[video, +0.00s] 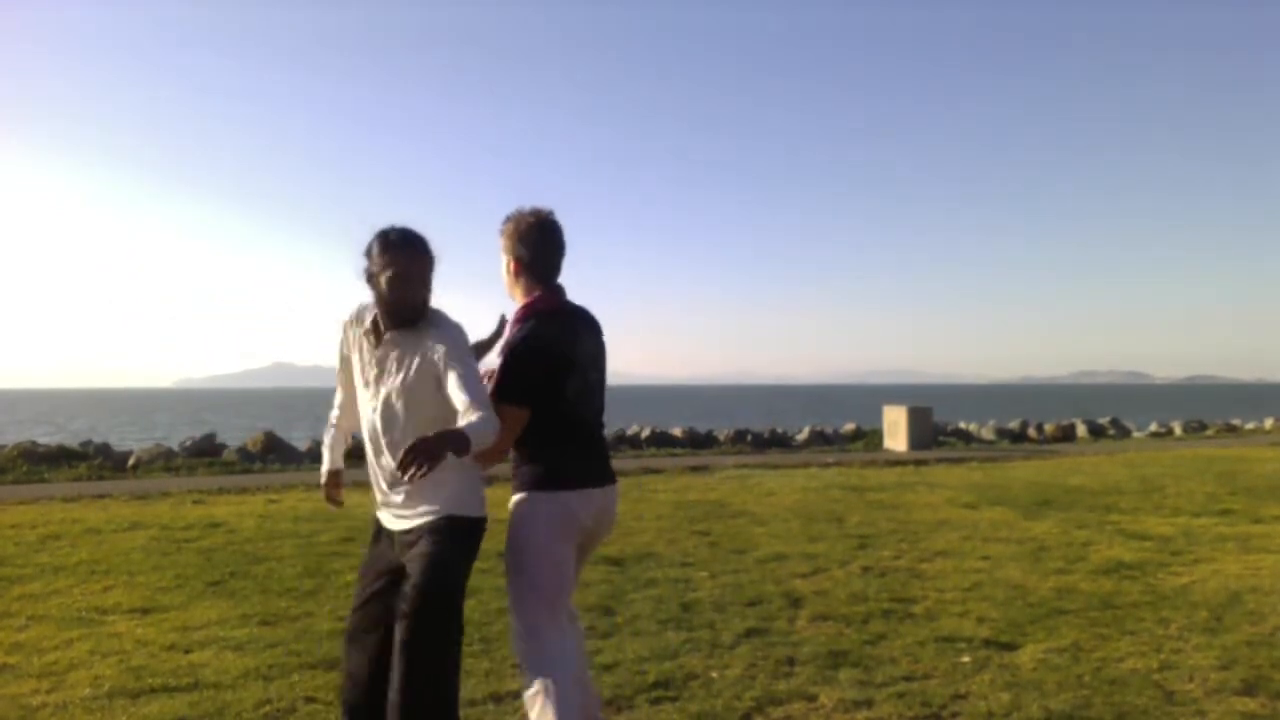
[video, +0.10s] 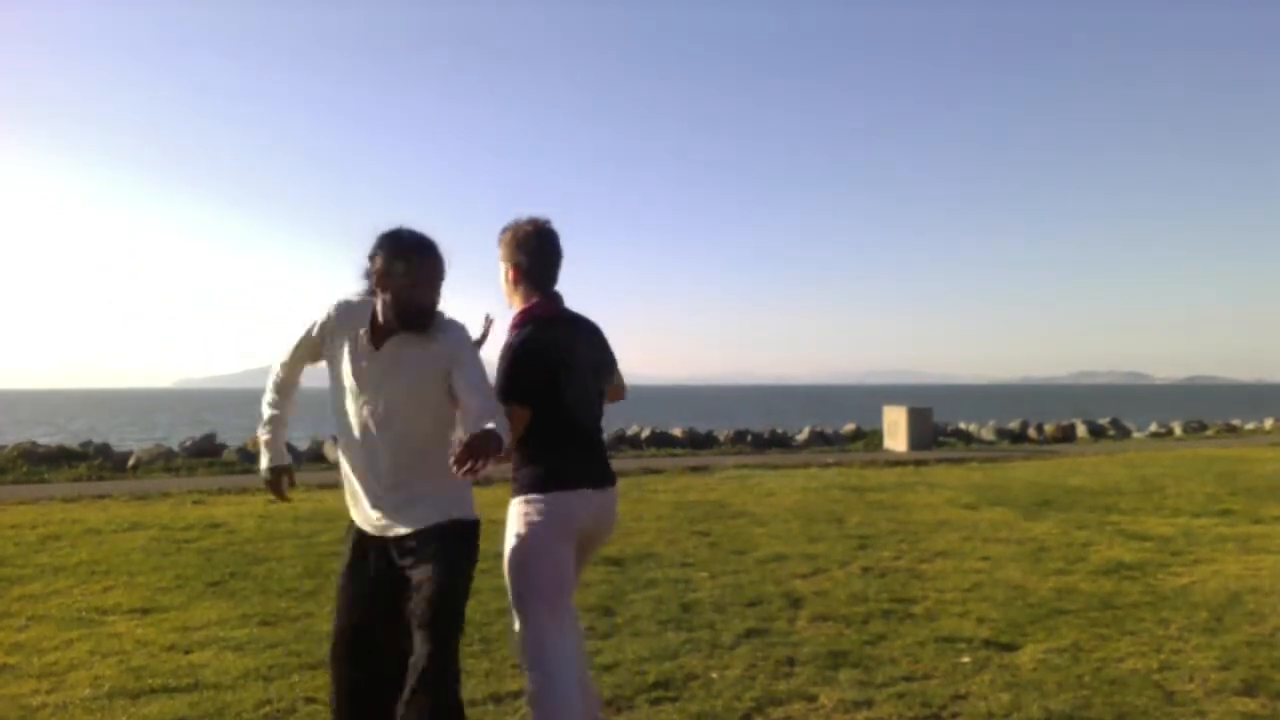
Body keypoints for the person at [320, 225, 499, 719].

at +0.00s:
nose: (407, 285)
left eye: (417, 273)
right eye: (393, 274)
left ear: (431, 276)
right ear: (372, 279)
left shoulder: (443, 335)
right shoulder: (356, 332)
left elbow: (484, 422)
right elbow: (346, 403)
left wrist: (446, 441)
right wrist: (332, 458)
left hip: (446, 518)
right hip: (391, 518)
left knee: (417, 641)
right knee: (364, 639)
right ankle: (362, 714)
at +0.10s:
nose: (433, 296)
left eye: (437, 283)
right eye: (421, 284)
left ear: (441, 281)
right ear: (381, 282)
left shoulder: (450, 340)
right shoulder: (341, 322)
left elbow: (486, 412)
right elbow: (286, 371)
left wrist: (487, 436)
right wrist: (272, 444)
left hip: (439, 524)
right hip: (370, 525)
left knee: (431, 658)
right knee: (356, 662)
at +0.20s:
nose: (449, 296)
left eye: (449, 283)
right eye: (440, 282)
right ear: (395, 280)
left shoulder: (447, 345)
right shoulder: (329, 325)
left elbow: (483, 419)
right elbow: (238, 356)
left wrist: (512, 438)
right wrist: (219, 452)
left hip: (429, 519)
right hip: (353, 528)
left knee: (431, 651)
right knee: (354, 681)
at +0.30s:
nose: (454, 292)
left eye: (453, 279)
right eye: (444, 278)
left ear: (399, 281)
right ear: (397, 278)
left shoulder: (437, 344)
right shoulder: (327, 324)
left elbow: (472, 412)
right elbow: (226, 359)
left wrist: (522, 431)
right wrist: (178, 455)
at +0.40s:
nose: (448, 288)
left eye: (446, 275)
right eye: (437, 274)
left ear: (402, 278)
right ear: (394, 276)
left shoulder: (421, 343)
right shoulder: (327, 323)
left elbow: (464, 403)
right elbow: (218, 377)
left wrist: (525, 423)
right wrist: (158, 476)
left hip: (387, 522)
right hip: (306, 525)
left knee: (400, 679)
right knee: (290, 685)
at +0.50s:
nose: (429, 280)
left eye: (426, 267)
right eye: (416, 265)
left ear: (385, 270)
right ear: (372, 265)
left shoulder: (402, 334)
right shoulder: (315, 320)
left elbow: (443, 382)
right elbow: (207, 384)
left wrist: (521, 408)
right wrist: (153, 496)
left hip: (365, 522)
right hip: (282, 523)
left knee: (392, 682)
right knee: (235, 679)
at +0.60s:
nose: (403, 274)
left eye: (401, 259)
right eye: (392, 259)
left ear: (358, 263)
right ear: (348, 262)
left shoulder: (382, 327)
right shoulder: (283, 323)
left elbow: (434, 367)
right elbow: (188, 399)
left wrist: (506, 390)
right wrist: (147, 513)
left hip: (344, 522)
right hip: (258, 522)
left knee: (382, 677)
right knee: (191, 672)